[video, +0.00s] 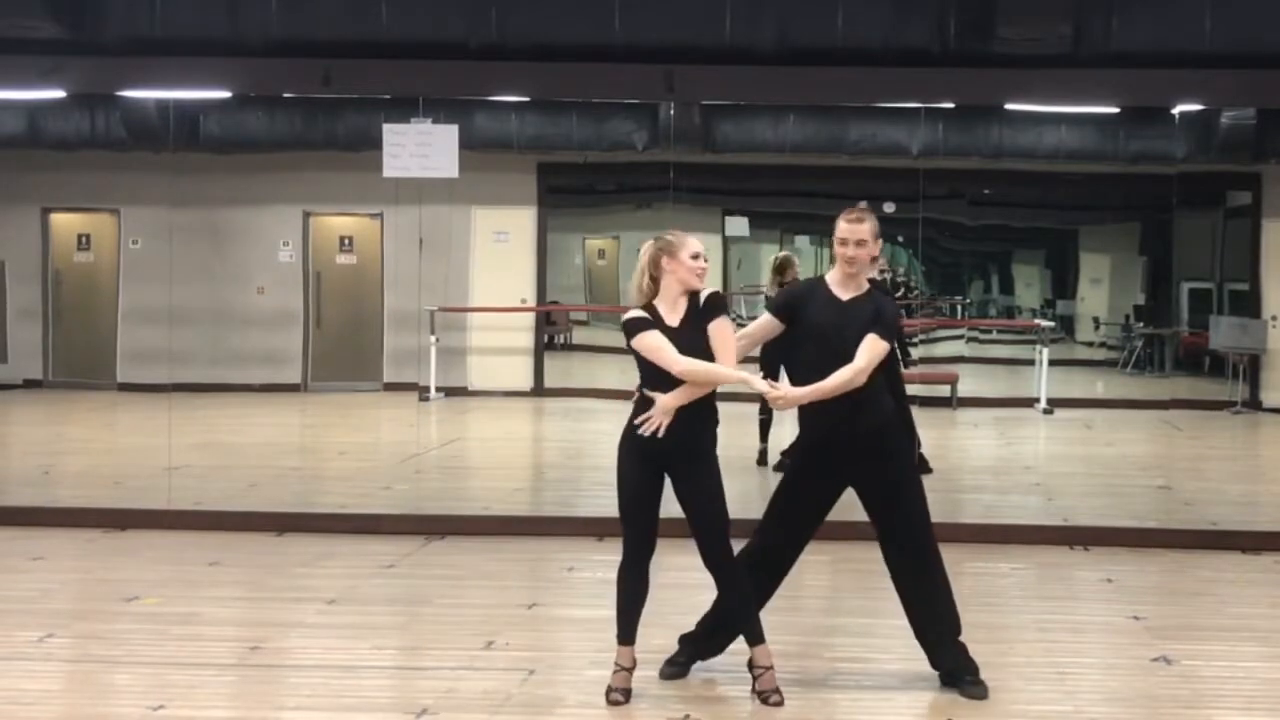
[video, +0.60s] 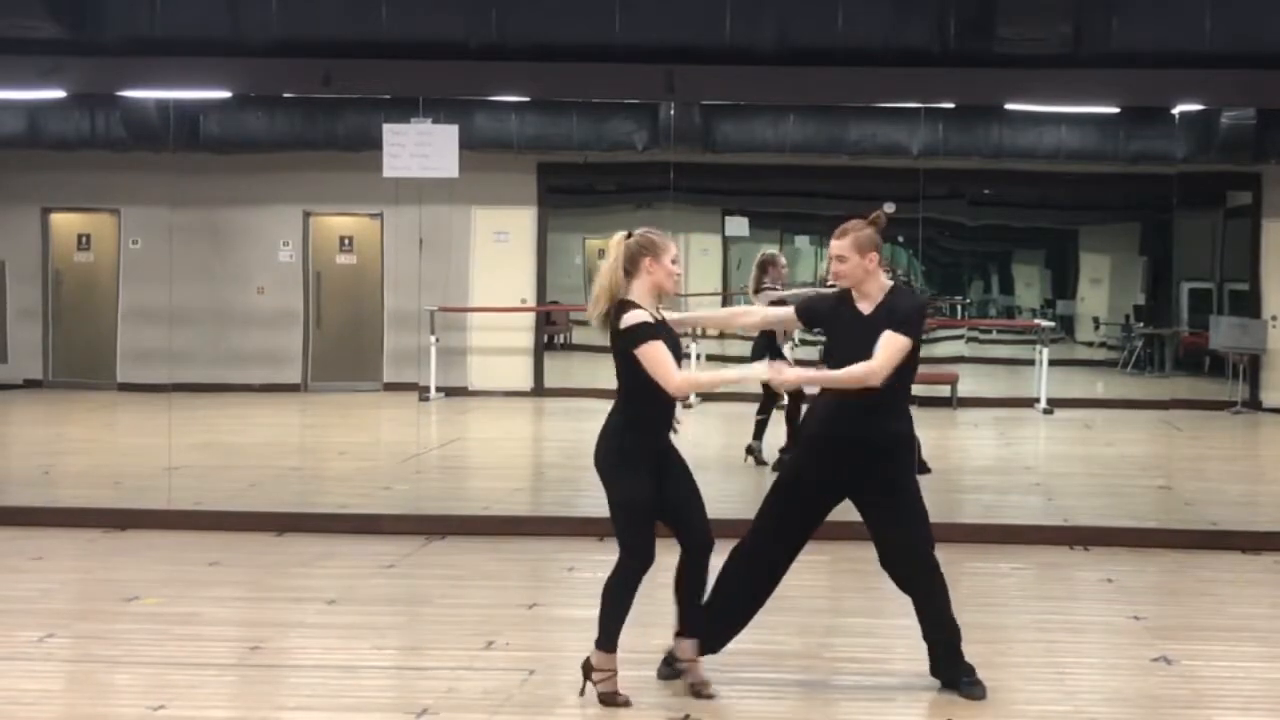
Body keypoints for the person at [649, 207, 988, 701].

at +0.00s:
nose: (852, 251)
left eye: (861, 243)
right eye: (844, 242)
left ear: (877, 248)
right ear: (832, 244)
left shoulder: (883, 308)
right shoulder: (802, 296)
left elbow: (859, 370)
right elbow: (739, 345)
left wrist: (799, 395)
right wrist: (682, 385)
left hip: (883, 449)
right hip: (820, 447)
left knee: (915, 552)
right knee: (769, 548)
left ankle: (955, 663)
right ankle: (697, 645)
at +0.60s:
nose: (831, 267)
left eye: (839, 259)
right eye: (830, 258)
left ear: (871, 261)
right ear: (852, 261)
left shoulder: (907, 306)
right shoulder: (832, 305)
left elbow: (876, 372)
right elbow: (753, 316)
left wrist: (802, 375)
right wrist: (680, 320)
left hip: (883, 460)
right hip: (819, 454)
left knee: (917, 566)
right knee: (762, 548)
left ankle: (952, 666)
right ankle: (693, 645)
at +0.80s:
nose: (820, 263)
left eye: (826, 255)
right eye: (820, 255)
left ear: (855, 256)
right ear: (849, 257)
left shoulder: (894, 310)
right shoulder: (827, 294)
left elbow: (922, 382)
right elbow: (771, 272)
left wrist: (849, 379)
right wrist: (727, 253)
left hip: (875, 461)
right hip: (821, 452)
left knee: (915, 567)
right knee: (749, 539)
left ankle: (962, 666)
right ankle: (774, 645)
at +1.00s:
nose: (785, 257)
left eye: (791, 249)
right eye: (785, 248)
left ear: (819, 252)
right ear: (818, 251)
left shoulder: (845, 313)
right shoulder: (815, 293)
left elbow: (858, 392)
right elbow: (784, 228)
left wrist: (807, 411)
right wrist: (761, 178)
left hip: (856, 455)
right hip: (814, 453)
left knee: (931, 553)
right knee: (759, 559)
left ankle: (1022, 649)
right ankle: (785, 658)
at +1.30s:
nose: (821, 254)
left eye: (831, 246)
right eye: (815, 248)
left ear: (854, 248)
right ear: (810, 252)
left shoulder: (871, 298)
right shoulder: (823, 297)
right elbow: (792, 224)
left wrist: (874, 398)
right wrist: (814, 195)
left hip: (874, 451)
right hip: (821, 451)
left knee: (940, 555)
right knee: (784, 560)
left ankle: (1003, 652)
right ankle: (785, 658)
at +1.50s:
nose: (868, 268)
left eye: (876, 257)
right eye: (859, 259)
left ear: (893, 258)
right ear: (846, 263)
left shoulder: (928, 308)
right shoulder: (844, 306)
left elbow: (968, 350)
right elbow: (804, 244)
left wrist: (949, 395)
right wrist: (807, 173)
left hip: (918, 465)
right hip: (856, 462)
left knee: (964, 578)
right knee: (769, 560)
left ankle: (954, 681)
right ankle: (716, 664)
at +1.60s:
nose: (879, 282)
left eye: (888, 272)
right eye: (870, 274)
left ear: (905, 271)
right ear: (858, 278)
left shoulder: (926, 320)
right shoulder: (865, 323)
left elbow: (934, 380)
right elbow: (829, 265)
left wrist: (935, 421)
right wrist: (792, 189)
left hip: (926, 480)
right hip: (866, 478)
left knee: (981, 584)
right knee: (780, 579)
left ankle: (961, 688)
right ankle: (684, 683)